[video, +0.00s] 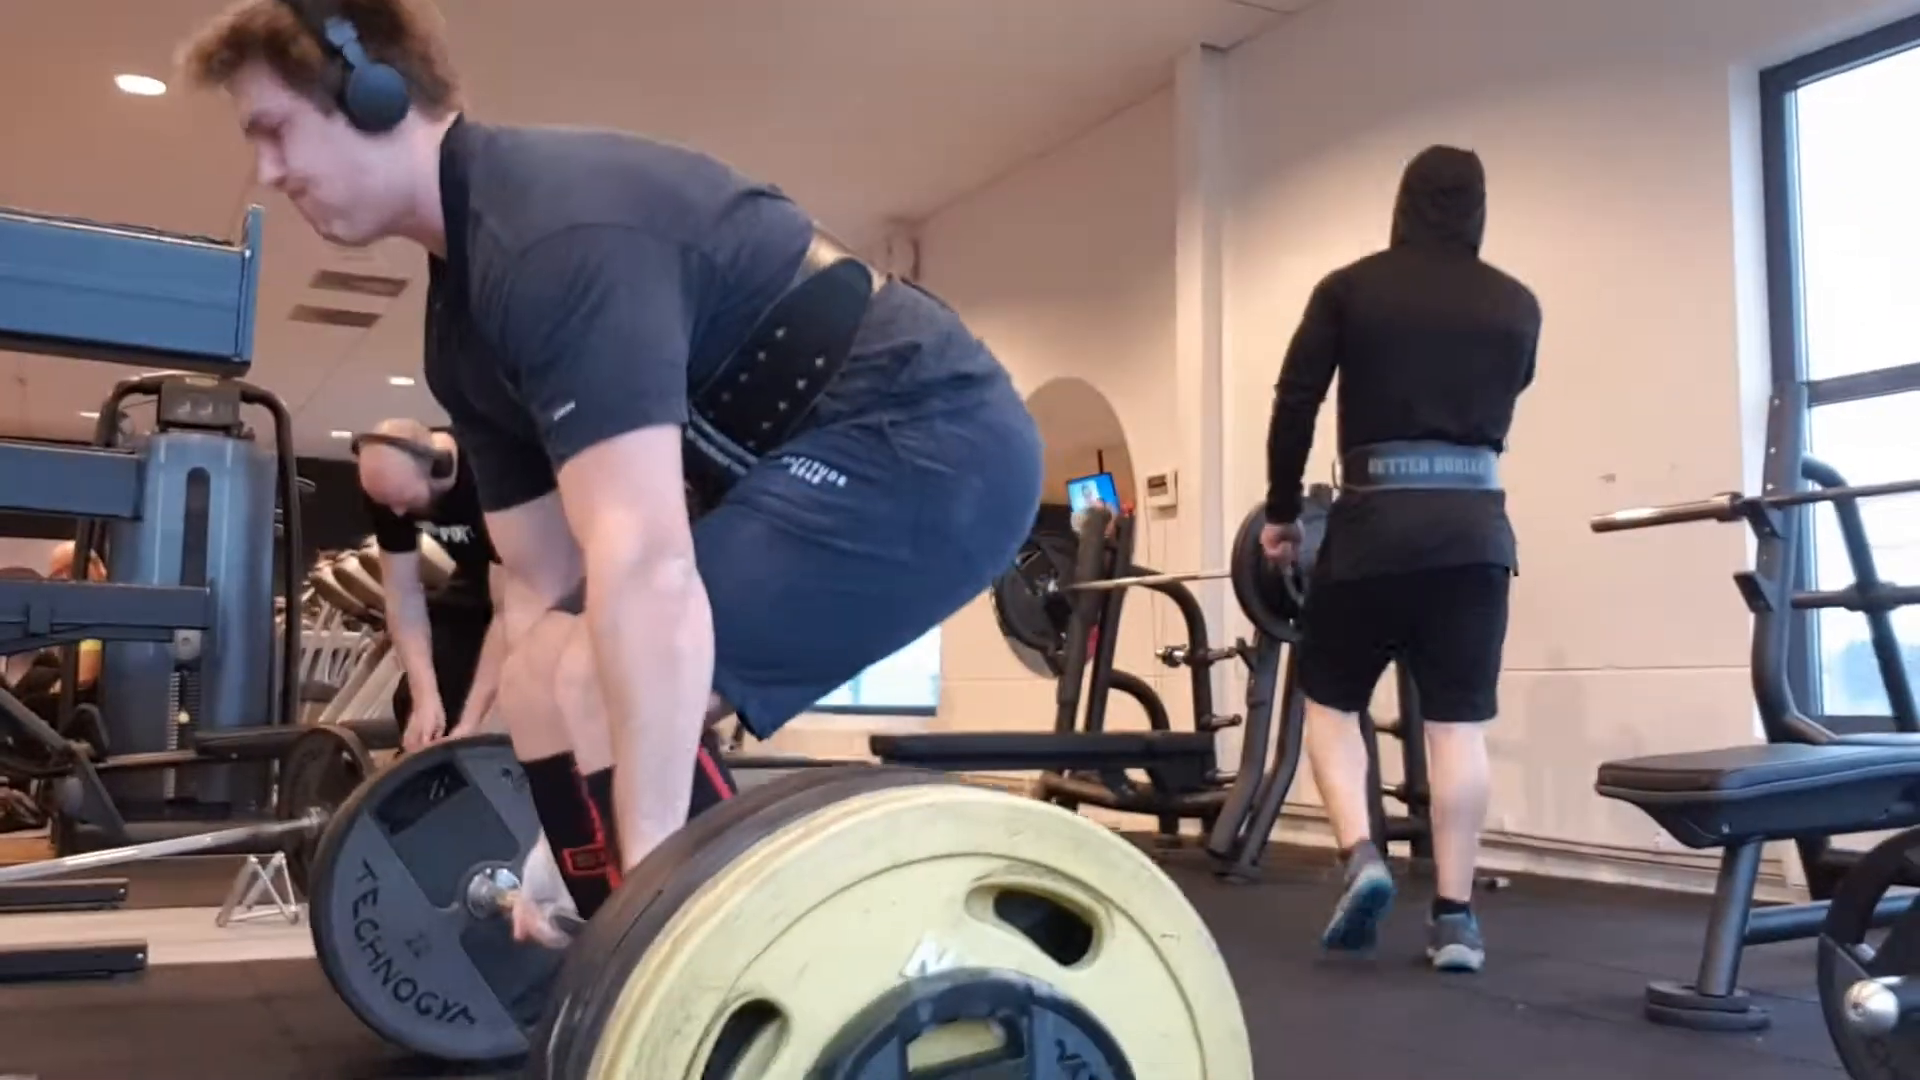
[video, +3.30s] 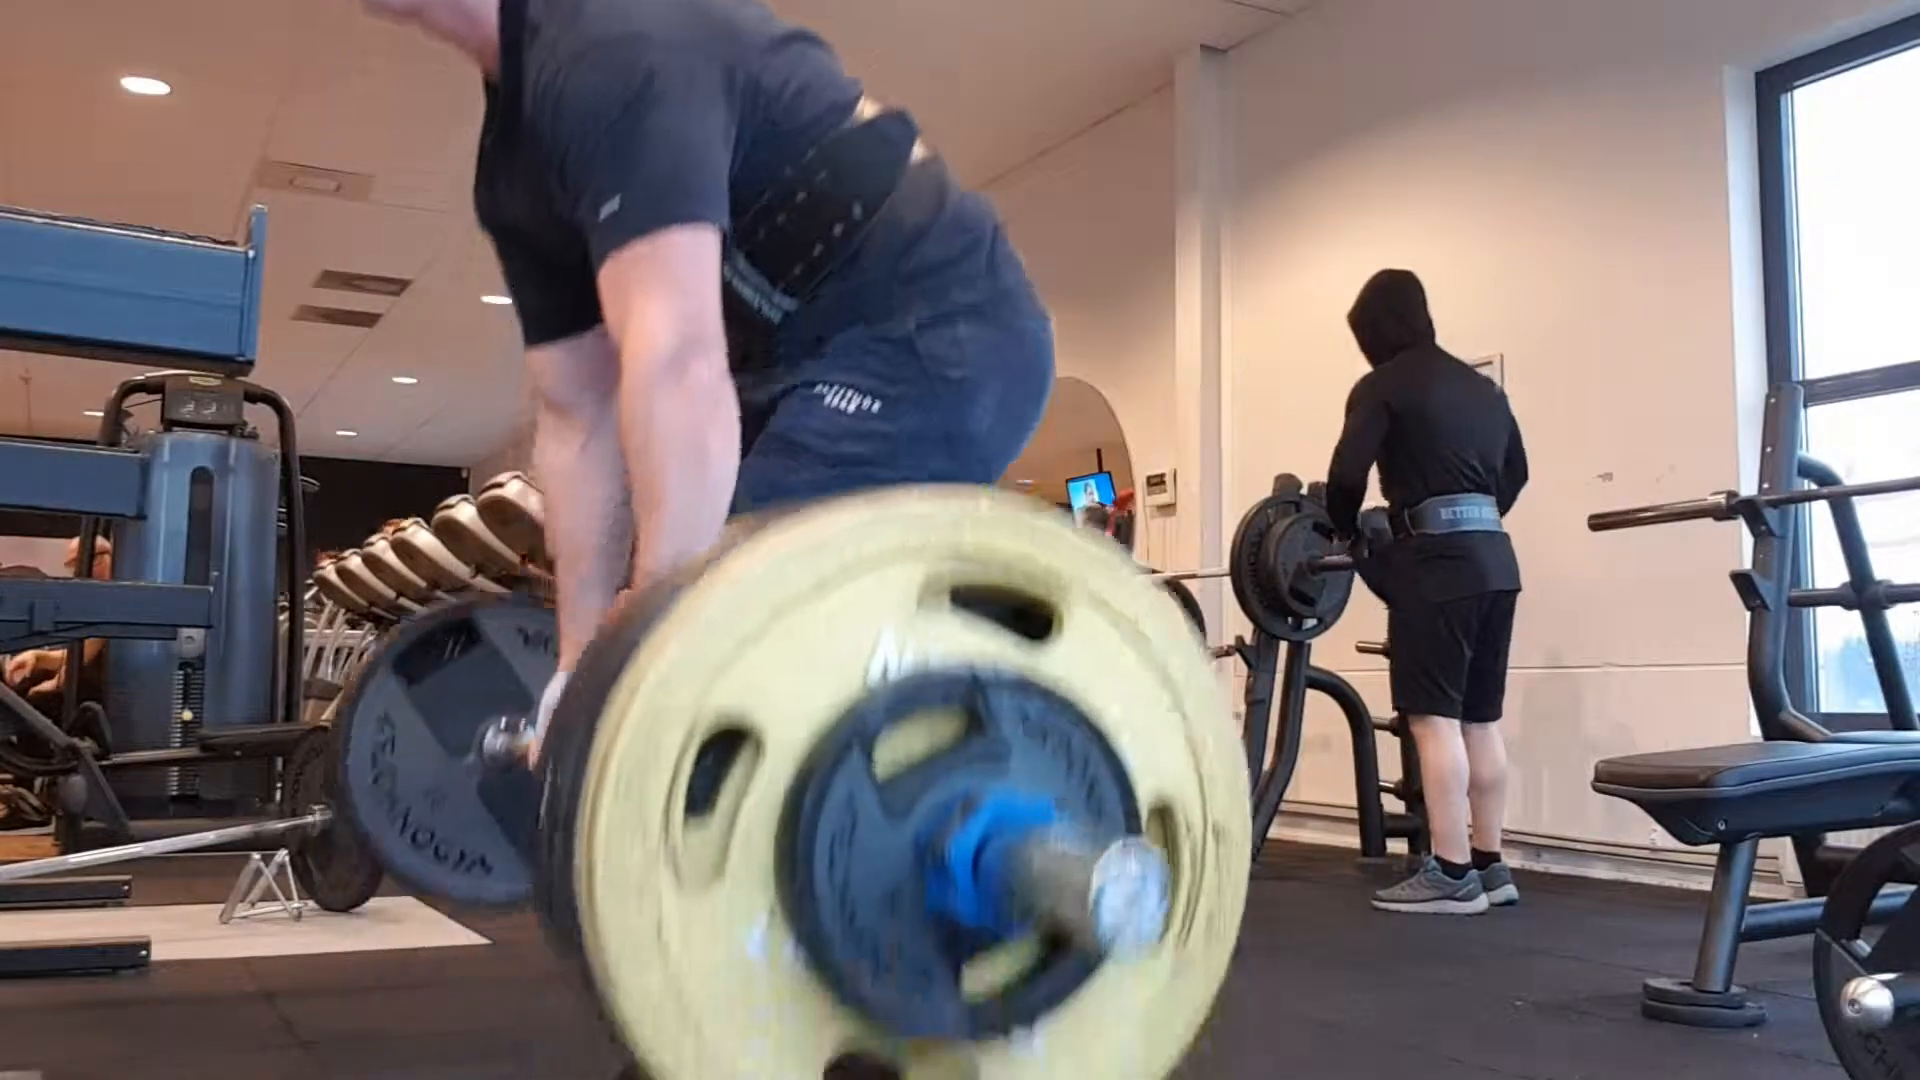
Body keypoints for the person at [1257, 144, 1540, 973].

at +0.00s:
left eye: (1423, 196)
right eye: (1464, 204)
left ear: (1402, 208)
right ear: (1479, 216)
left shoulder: (1348, 288)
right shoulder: (1516, 303)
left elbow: (1295, 404)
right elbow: (1502, 400)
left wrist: (1282, 511)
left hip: (1373, 530)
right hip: (1474, 531)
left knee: (1331, 698)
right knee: (1458, 724)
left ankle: (1362, 857)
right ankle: (1455, 917)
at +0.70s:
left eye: (1331, 269)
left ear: (1326, 279)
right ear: (1394, 275)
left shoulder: (1293, 356)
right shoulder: (1442, 340)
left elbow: (1259, 464)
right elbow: (1472, 415)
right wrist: (1427, 374)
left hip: (1343, 566)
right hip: (1435, 558)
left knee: (1347, 724)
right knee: (1453, 708)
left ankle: (1359, 890)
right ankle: (1453, 847)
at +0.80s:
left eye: (1327, 279)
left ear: (1324, 284)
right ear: (1393, 281)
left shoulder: (1301, 356)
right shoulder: (1442, 345)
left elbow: (1281, 434)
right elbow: (1472, 420)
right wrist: (1411, 396)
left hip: (1343, 562)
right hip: (1433, 560)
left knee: (1347, 725)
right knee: (1451, 718)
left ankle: (1358, 891)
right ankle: (1470, 875)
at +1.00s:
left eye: (1339, 292)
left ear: (1340, 300)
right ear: (1406, 297)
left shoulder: (1320, 361)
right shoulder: (1454, 362)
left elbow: (1296, 447)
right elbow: (1483, 442)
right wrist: (1427, 408)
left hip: (1348, 567)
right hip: (1436, 568)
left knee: (1351, 725)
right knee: (1446, 730)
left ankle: (1359, 886)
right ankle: (1461, 879)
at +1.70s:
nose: (1349, 333)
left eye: (1350, 323)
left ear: (1354, 326)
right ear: (1413, 321)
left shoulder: (1336, 392)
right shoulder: (1463, 391)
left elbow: (1304, 484)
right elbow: (1463, 487)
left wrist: (1289, 554)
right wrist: (1418, 537)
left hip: (1376, 575)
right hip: (1453, 572)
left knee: (1372, 725)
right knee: (1452, 719)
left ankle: (1380, 869)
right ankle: (1460, 871)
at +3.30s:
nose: (1361, 344)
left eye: (1361, 333)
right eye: (1361, 334)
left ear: (1371, 330)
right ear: (1423, 320)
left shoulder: (1380, 386)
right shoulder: (1479, 385)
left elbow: (1346, 476)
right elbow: (1514, 471)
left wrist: (1342, 527)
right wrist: (1467, 524)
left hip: (1436, 568)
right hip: (1497, 566)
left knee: (1433, 717)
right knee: (1482, 718)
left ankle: (1451, 871)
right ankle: (1489, 865)